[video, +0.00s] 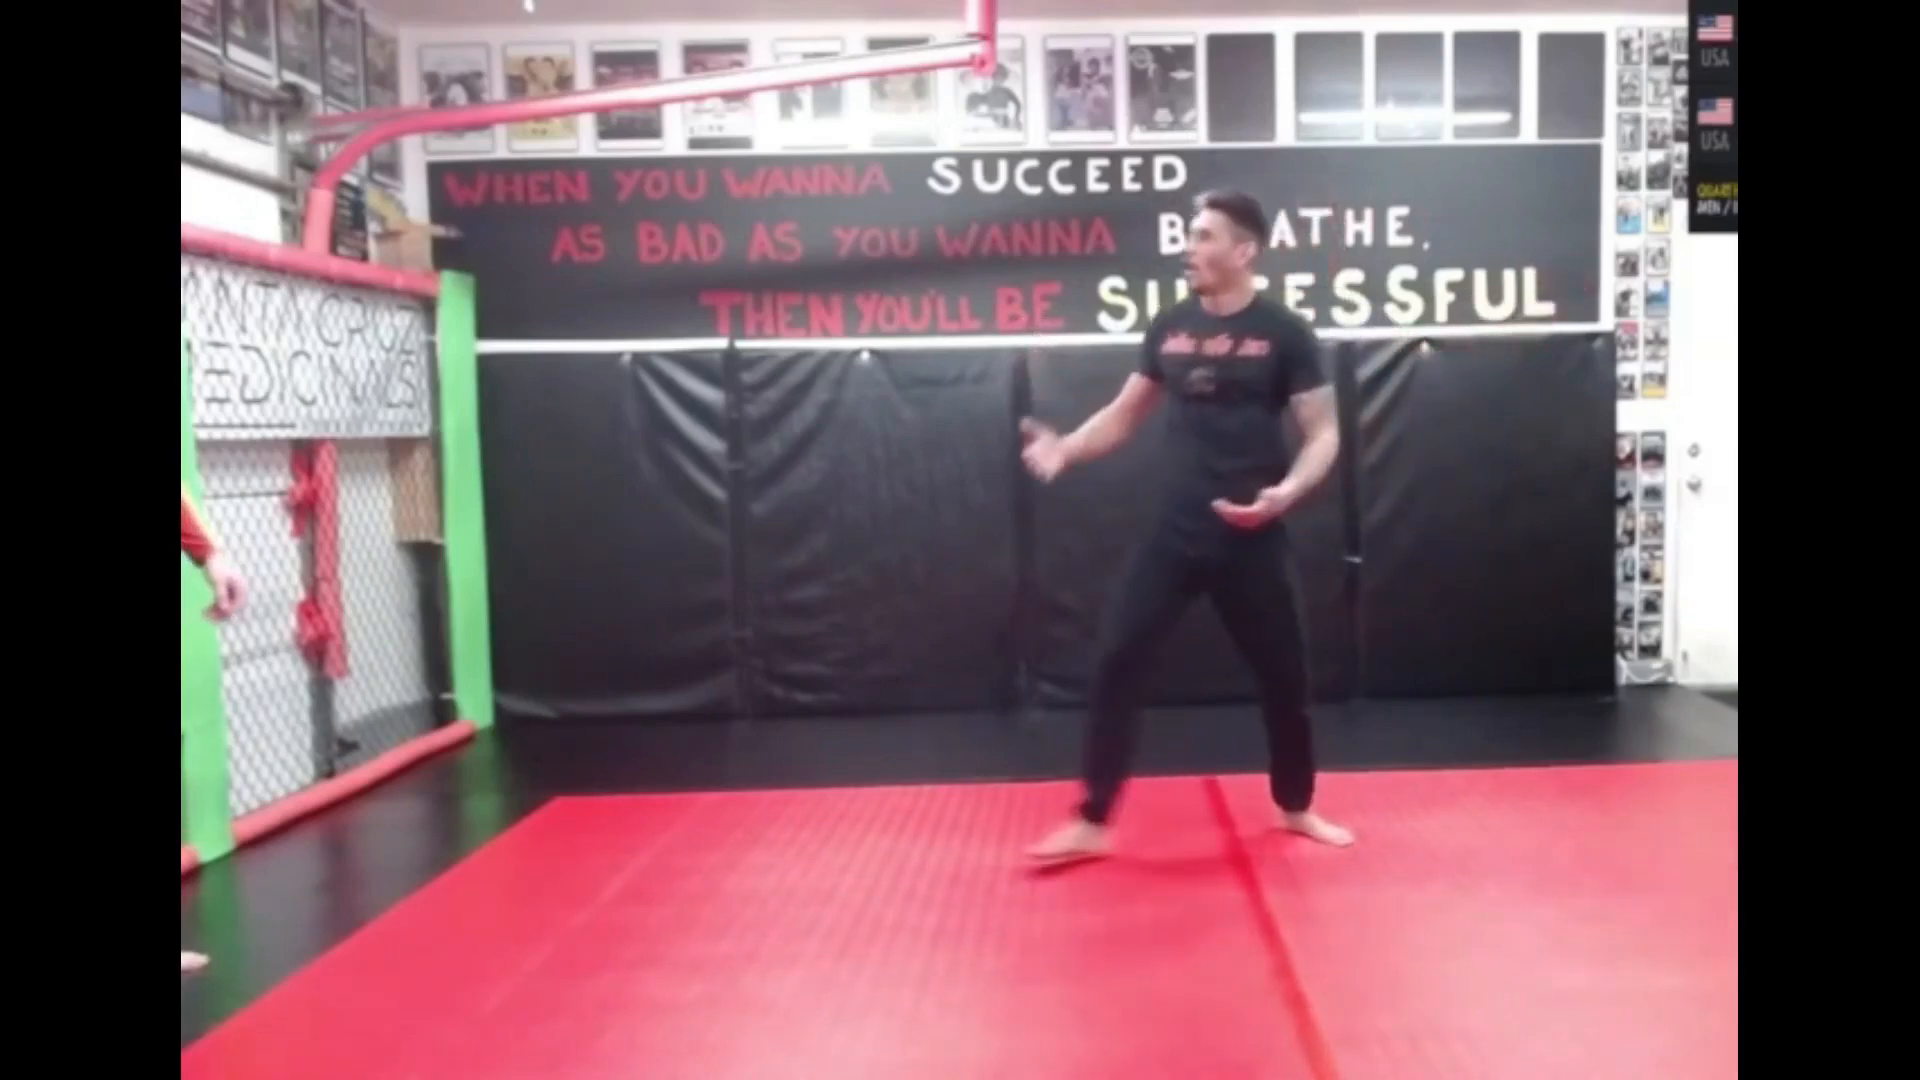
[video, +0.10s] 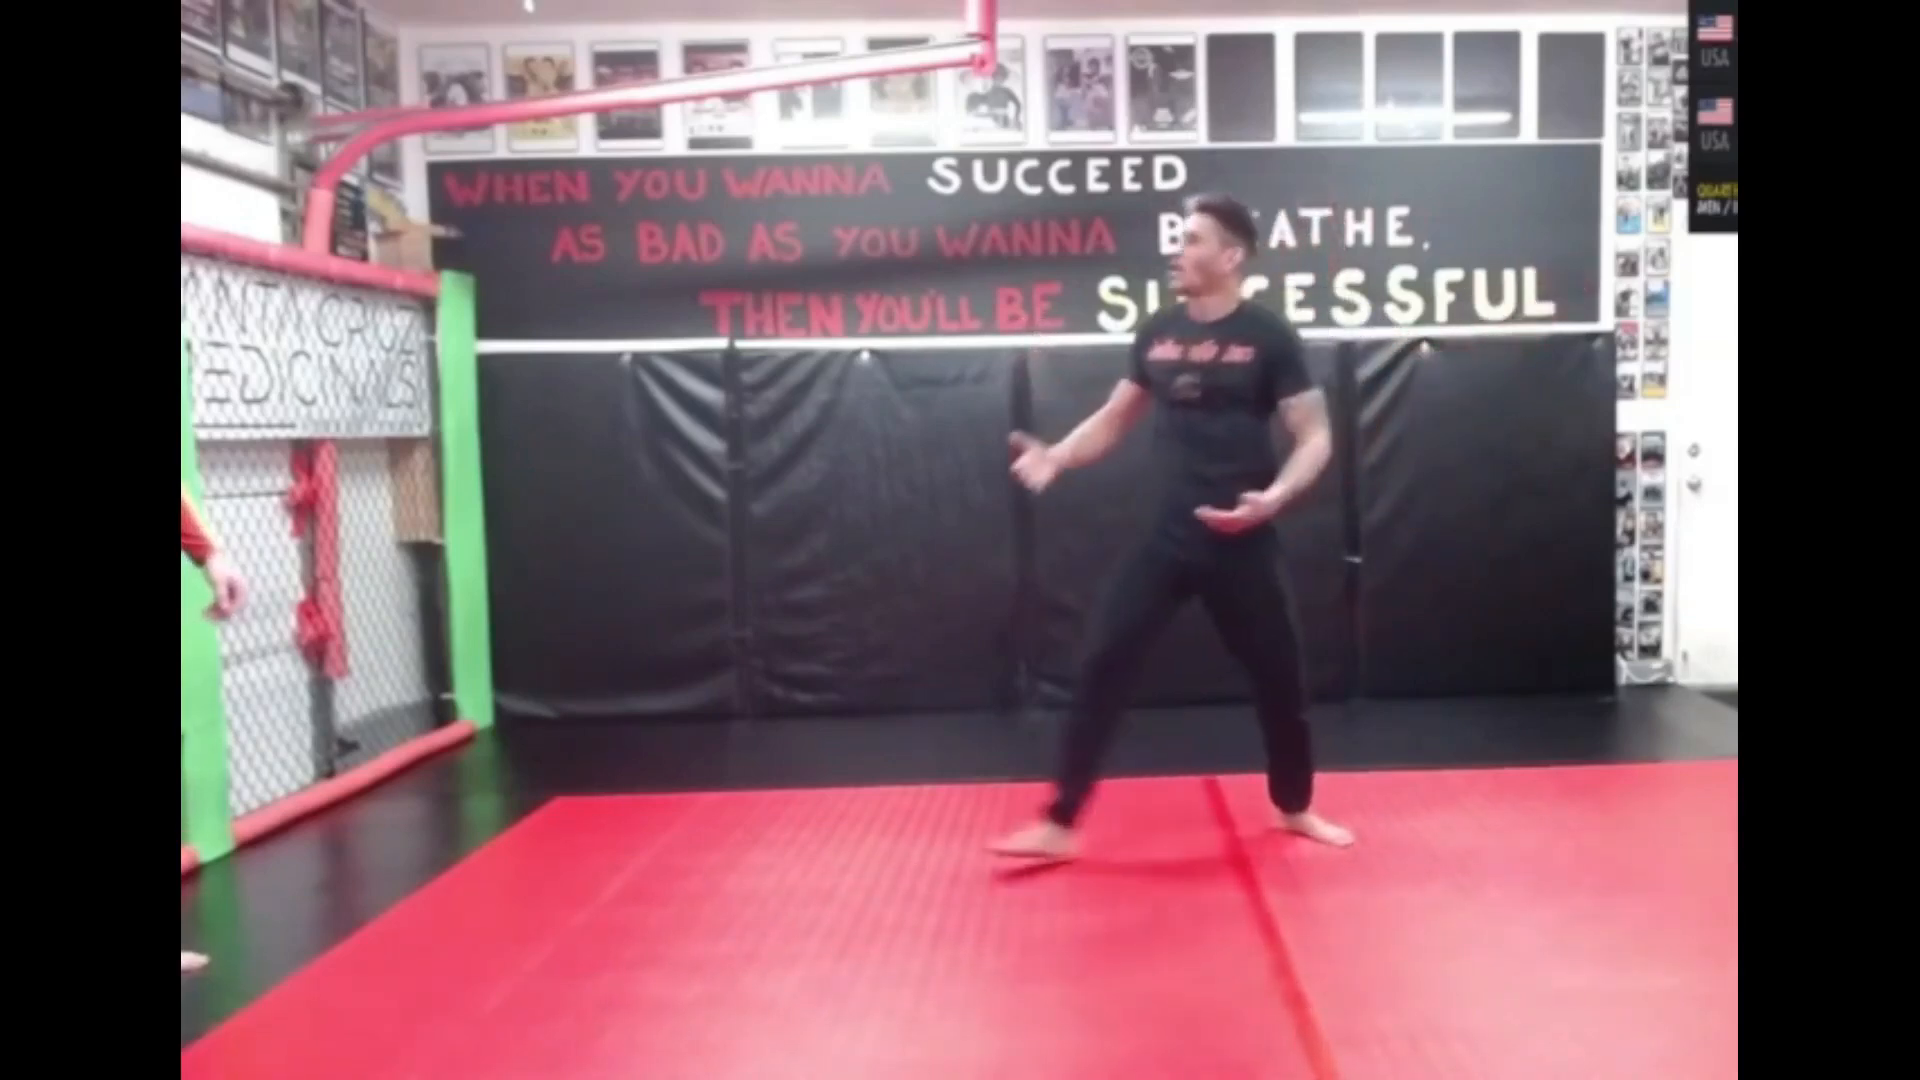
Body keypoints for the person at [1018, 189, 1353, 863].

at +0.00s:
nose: (1191, 248)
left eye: (1207, 237)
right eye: (1191, 236)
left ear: (1248, 250)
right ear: (1195, 247)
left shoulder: (1286, 332)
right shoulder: (1171, 328)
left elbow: (1324, 436)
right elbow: (1123, 413)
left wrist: (1285, 492)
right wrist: (1067, 447)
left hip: (1252, 530)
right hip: (1175, 525)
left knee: (1283, 672)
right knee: (1118, 655)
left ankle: (1296, 807)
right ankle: (1092, 819)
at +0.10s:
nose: (1179, 252)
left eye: (1195, 240)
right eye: (1181, 239)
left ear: (1235, 256)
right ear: (1188, 253)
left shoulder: (1269, 333)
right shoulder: (1160, 334)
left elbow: (1315, 437)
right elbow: (1114, 417)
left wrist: (1274, 497)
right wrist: (1055, 457)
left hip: (1243, 536)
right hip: (1169, 532)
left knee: (1279, 673)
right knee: (1104, 658)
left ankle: (1295, 807)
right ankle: (1059, 823)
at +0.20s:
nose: (1084, 261)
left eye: (1102, 252)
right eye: (1086, 250)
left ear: (1145, 271)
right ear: (1086, 271)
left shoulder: (1180, 353)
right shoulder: (1078, 362)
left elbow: (1251, 443)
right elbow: (1042, 434)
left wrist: (1200, 512)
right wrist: (973, 479)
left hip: (1175, 553)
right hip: (1099, 554)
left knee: (1235, 678)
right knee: (1032, 679)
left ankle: (1290, 807)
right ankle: (961, 837)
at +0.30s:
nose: (970, 295)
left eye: (987, 280)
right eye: (968, 282)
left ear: (1037, 295)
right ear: (974, 297)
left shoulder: (1082, 371)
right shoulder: (994, 383)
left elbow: (1147, 467)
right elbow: (983, 469)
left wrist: (1116, 551)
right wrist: (916, 531)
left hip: (1104, 555)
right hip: (1033, 560)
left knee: (1175, 691)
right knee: (970, 685)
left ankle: (1264, 802)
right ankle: (943, 850)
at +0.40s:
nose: (873, 353)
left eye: (880, 337)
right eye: (869, 338)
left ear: (929, 328)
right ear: (913, 337)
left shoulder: (1008, 387)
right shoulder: (932, 404)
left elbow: (1055, 497)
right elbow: (945, 496)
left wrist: (1026, 613)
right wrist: (916, 588)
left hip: (1070, 541)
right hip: (1003, 543)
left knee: (1119, 695)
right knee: (945, 675)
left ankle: (1202, 831)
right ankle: (938, 847)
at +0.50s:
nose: (833, 368)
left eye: (840, 352)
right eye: (831, 353)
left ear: (887, 343)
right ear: (880, 348)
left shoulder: (975, 391)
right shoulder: (909, 406)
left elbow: (1017, 507)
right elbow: (931, 502)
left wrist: (988, 619)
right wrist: (923, 605)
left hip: (1050, 541)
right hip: (979, 539)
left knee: (1099, 697)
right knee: (939, 677)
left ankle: (1175, 843)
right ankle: (939, 847)